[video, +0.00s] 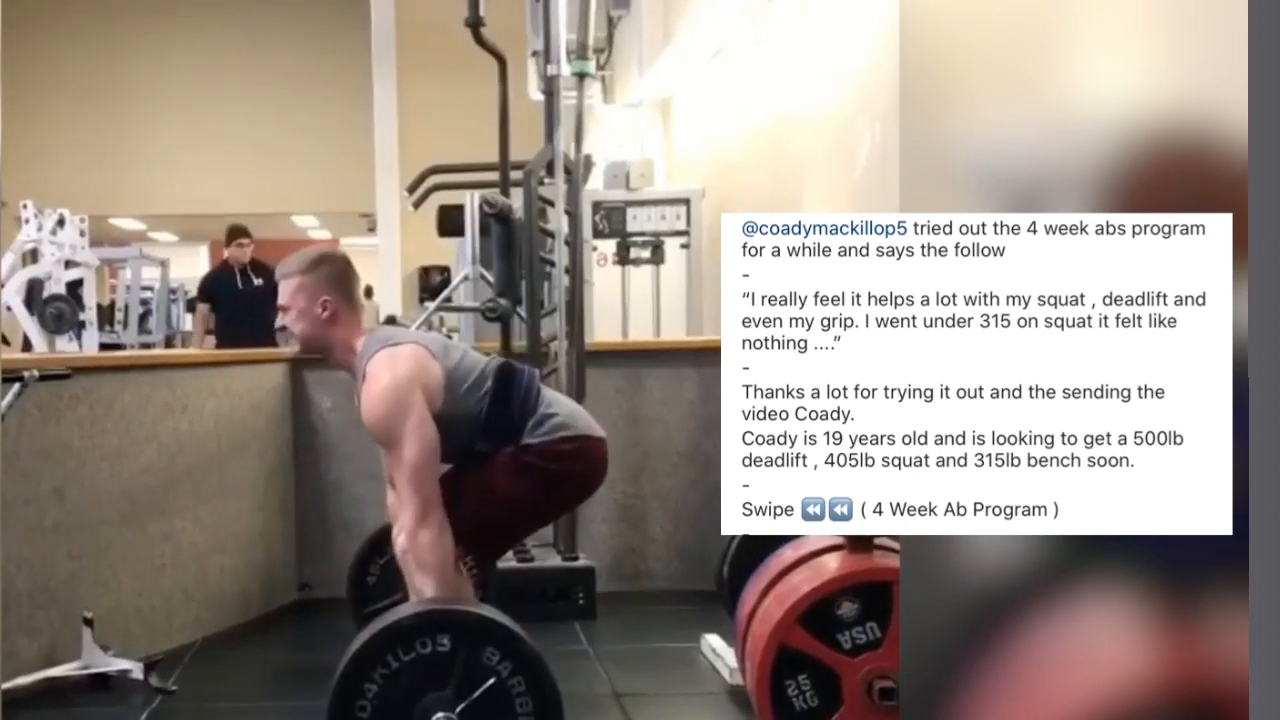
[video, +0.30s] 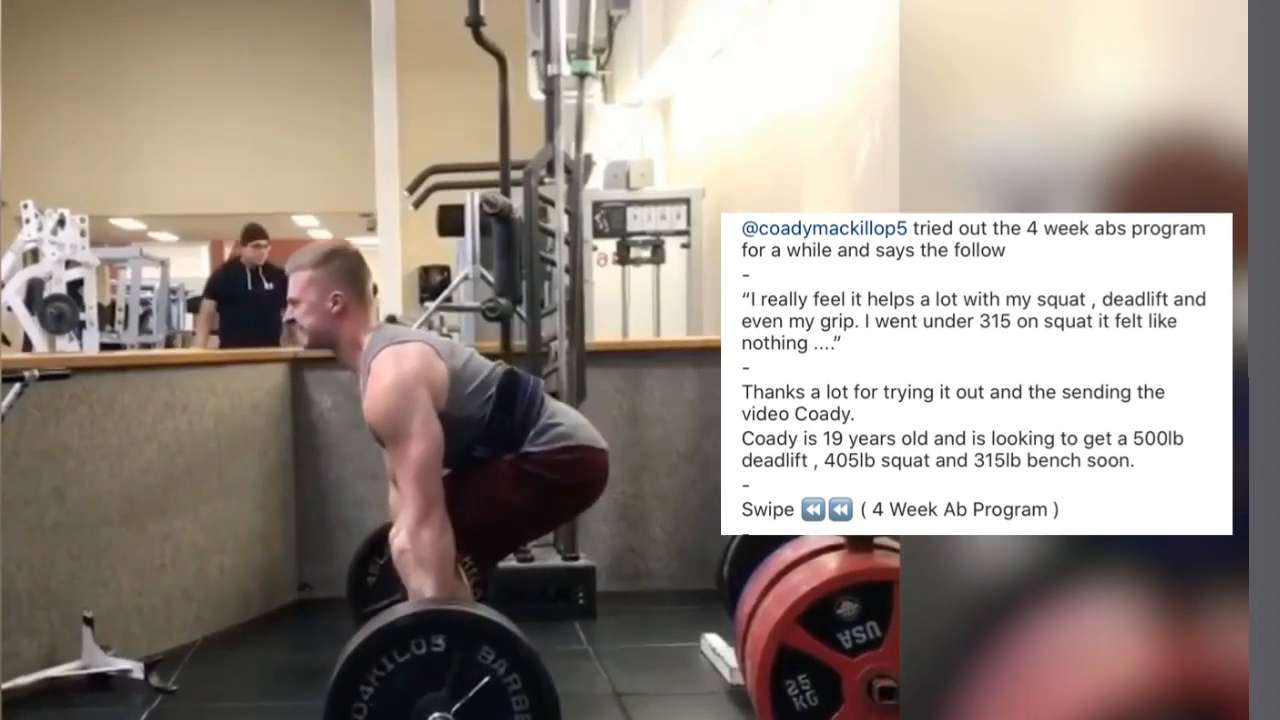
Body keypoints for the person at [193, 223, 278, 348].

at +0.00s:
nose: (245, 250)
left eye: (248, 245)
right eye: (239, 245)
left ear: (253, 246)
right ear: (227, 248)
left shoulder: (265, 272)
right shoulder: (213, 279)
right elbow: (201, 317)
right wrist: (195, 350)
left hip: (266, 353)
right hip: (229, 355)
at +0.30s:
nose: (262, 252)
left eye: (266, 246)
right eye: (256, 246)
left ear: (269, 247)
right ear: (242, 247)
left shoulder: (277, 276)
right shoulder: (223, 275)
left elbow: (288, 315)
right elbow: (206, 314)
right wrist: (198, 351)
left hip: (271, 357)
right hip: (232, 359)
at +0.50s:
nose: (274, 248)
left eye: (277, 243)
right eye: (268, 243)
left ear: (281, 243)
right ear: (255, 242)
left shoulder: (283, 269)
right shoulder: (233, 269)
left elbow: (295, 309)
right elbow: (213, 308)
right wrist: (206, 346)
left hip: (279, 352)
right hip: (241, 355)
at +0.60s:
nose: (277, 247)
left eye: (280, 243)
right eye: (271, 242)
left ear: (284, 242)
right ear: (257, 241)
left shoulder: (285, 269)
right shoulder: (236, 268)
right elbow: (216, 307)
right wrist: (210, 346)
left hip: (283, 351)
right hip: (245, 353)